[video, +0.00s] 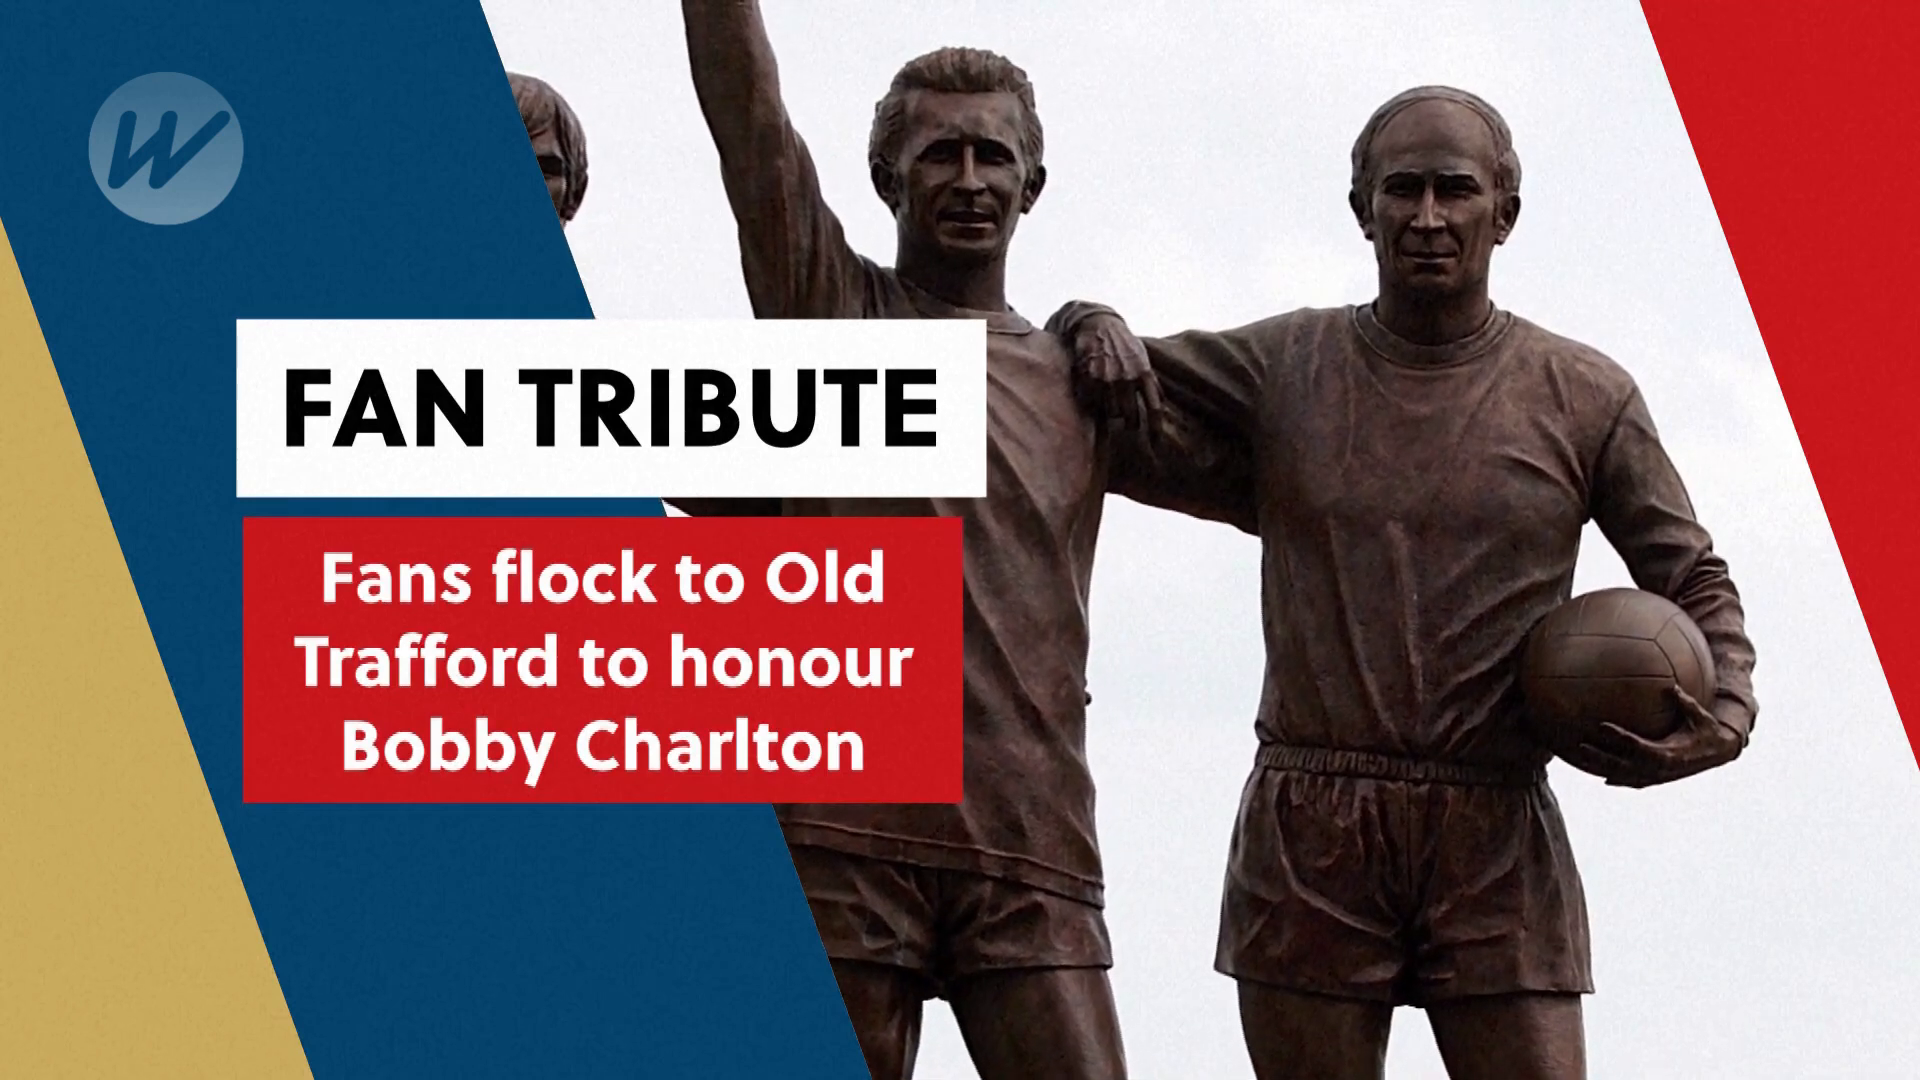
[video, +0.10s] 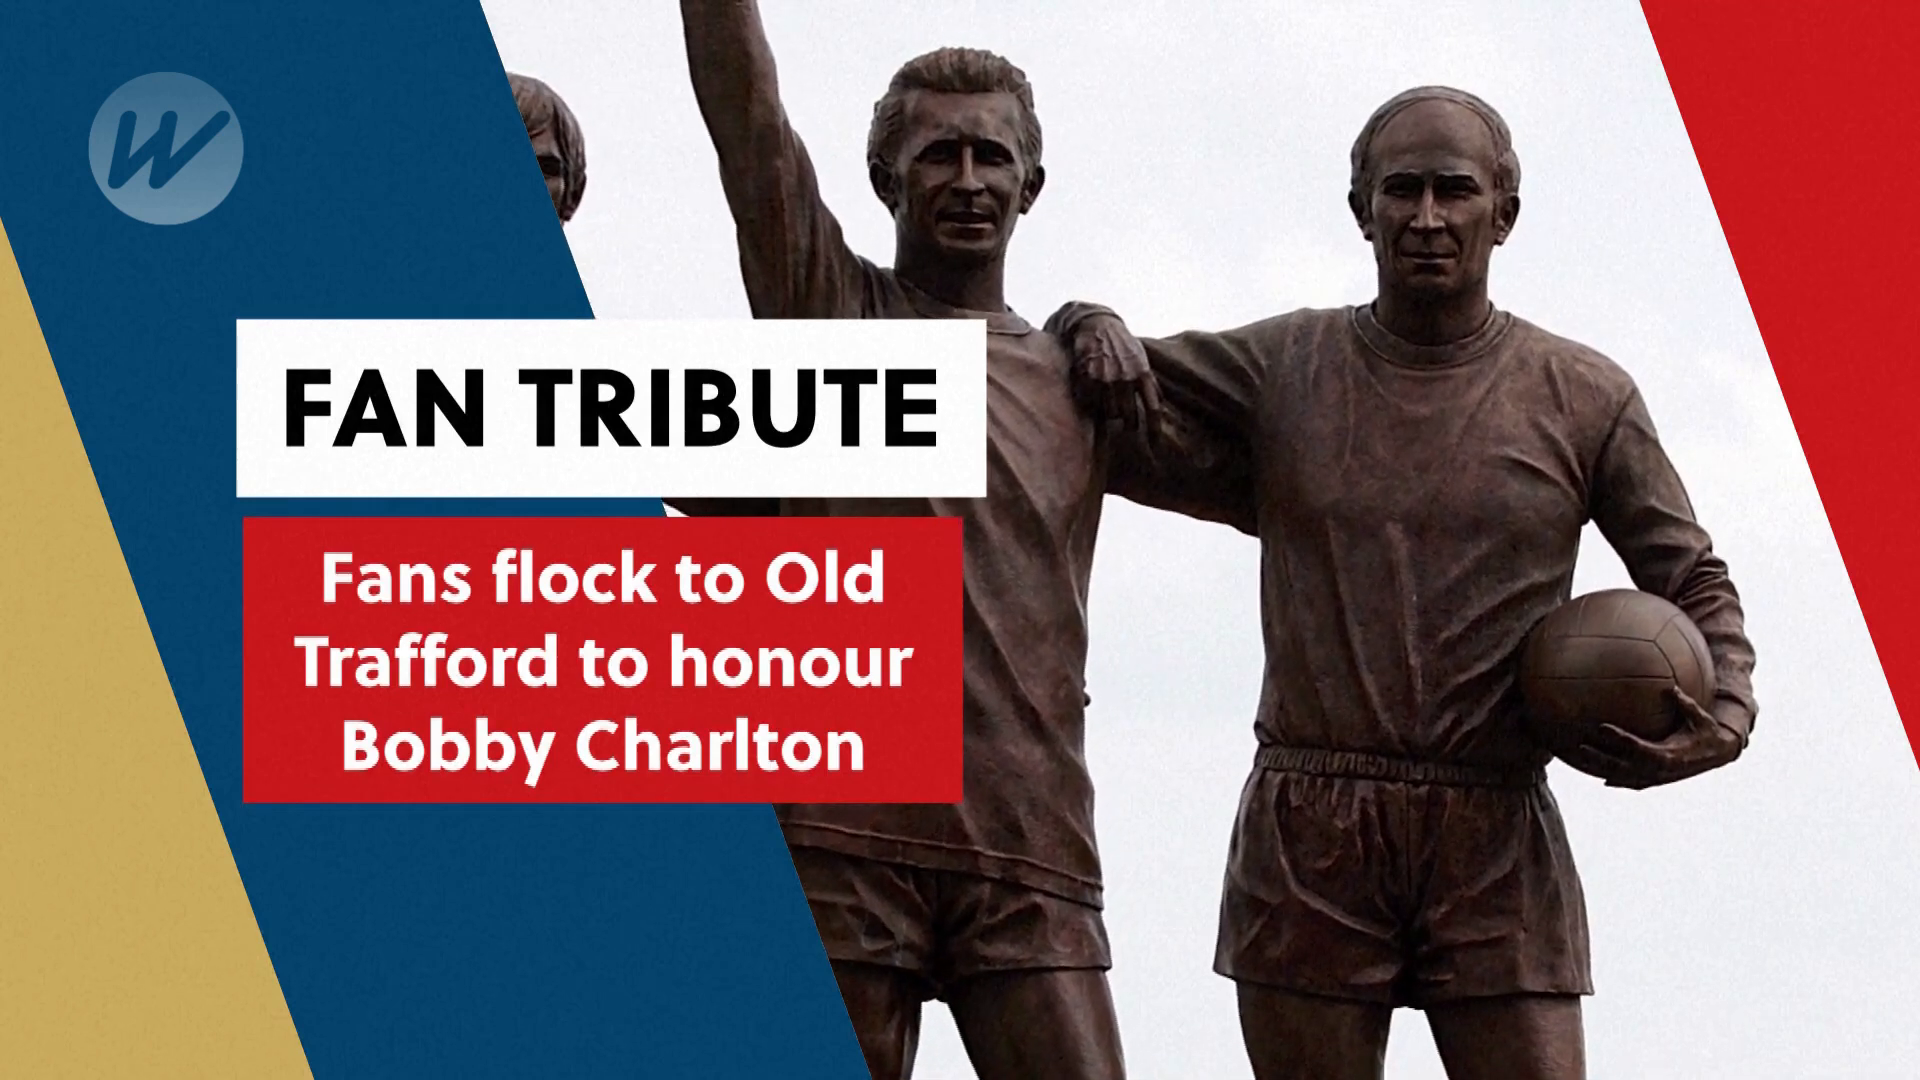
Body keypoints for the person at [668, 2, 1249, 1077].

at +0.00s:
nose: (970, 177)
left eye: (994, 154)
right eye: (940, 153)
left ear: (1030, 181)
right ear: (888, 176)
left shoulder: (1081, 387)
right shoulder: (825, 310)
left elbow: (1286, 481)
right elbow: (748, 119)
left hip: (1031, 854)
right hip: (838, 843)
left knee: (1084, 1063)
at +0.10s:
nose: (968, 177)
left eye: (993, 155)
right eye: (939, 154)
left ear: (1029, 182)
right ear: (886, 178)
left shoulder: (1080, 385)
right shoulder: (824, 311)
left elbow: (1287, 482)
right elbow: (746, 120)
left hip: (1030, 854)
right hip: (836, 844)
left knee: (1085, 1068)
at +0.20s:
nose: (967, 178)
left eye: (991, 155)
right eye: (937, 155)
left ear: (1029, 182)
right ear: (885, 179)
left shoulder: (1080, 387)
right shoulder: (822, 310)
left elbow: (1287, 484)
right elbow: (741, 112)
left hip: (1029, 857)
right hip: (834, 848)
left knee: (1081, 1062)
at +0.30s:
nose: (966, 178)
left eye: (990, 156)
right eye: (937, 154)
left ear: (1027, 183)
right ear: (885, 179)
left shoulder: (1080, 389)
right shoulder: (821, 312)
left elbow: (1288, 484)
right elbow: (742, 117)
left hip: (1027, 854)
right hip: (834, 845)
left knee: (1082, 1062)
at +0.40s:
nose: (965, 178)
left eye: (989, 155)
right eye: (935, 155)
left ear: (1026, 184)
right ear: (883, 181)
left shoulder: (1078, 387)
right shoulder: (820, 311)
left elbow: (1287, 483)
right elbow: (738, 110)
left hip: (1028, 856)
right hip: (834, 847)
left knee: (1079, 1061)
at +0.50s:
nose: (963, 178)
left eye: (987, 156)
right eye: (933, 156)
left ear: (1024, 184)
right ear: (882, 182)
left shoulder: (1077, 388)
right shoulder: (820, 314)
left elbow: (1283, 482)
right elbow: (741, 122)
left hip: (1027, 859)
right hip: (833, 851)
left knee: (1079, 1067)